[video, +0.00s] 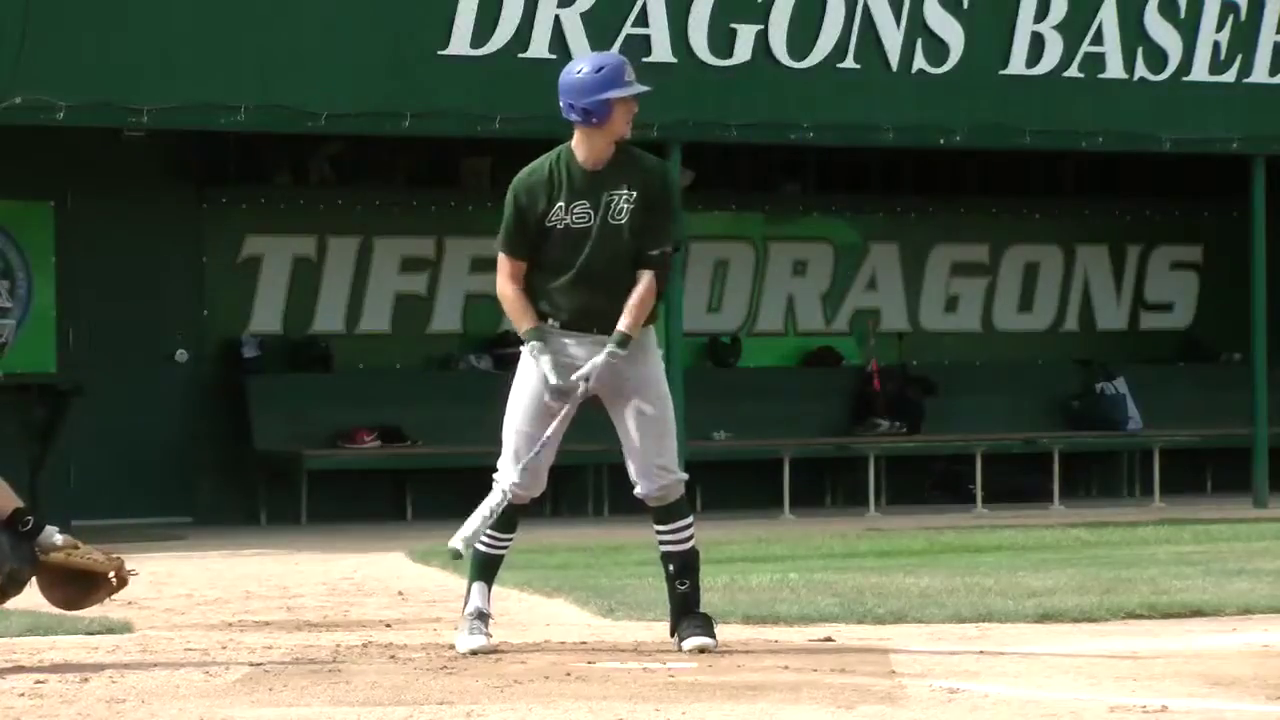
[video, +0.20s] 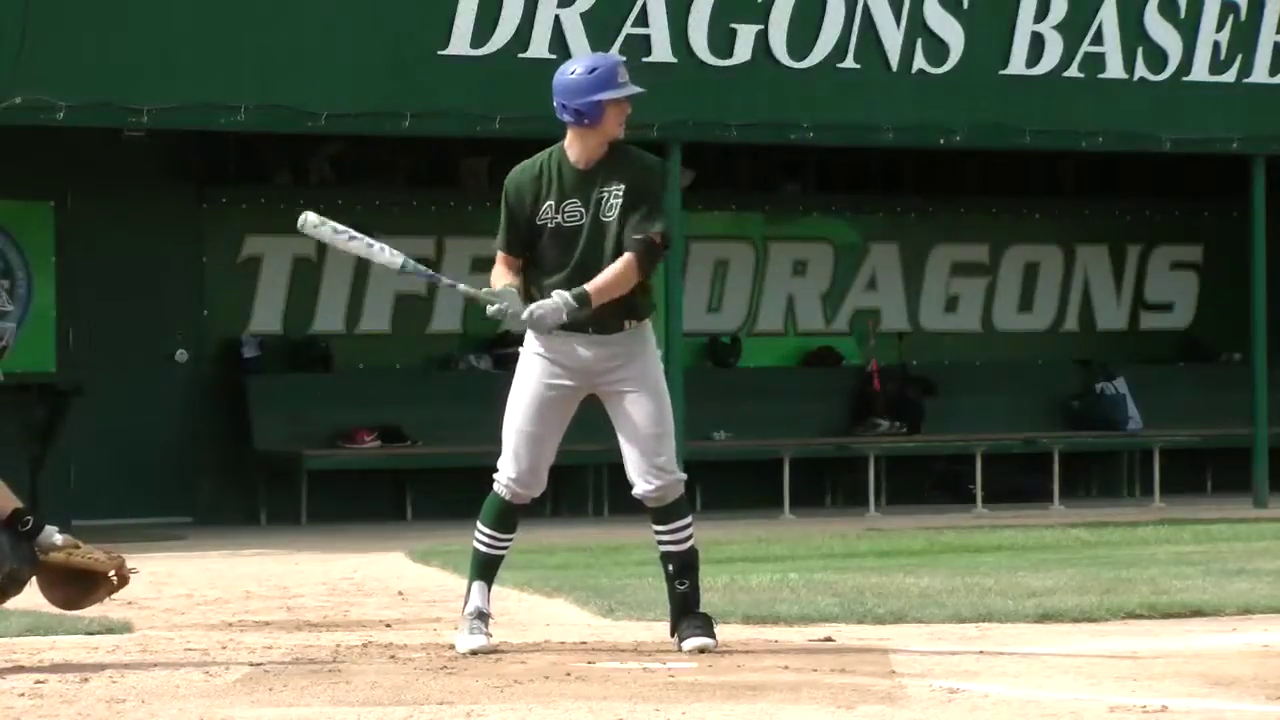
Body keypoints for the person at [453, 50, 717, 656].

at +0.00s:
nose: (634, 111)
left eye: (632, 101)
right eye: (623, 103)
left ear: (616, 108)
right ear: (590, 111)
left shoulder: (652, 179)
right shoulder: (532, 184)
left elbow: (651, 273)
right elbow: (507, 280)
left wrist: (617, 347)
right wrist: (538, 343)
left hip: (631, 343)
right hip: (551, 343)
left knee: (662, 481)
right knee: (516, 480)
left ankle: (688, 616)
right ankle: (476, 610)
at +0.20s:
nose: (627, 111)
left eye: (626, 102)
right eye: (617, 103)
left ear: (607, 110)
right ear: (583, 111)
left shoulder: (642, 174)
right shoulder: (525, 181)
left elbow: (640, 258)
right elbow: (507, 262)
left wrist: (574, 301)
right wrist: (508, 294)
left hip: (629, 348)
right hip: (549, 349)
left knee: (661, 479)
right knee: (516, 477)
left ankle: (688, 616)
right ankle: (476, 608)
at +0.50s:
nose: (592, 113)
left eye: (590, 104)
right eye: (582, 106)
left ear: (567, 112)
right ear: (547, 112)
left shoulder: (603, 170)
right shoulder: (489, 176)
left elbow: (593, 251)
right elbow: (434, 267)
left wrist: (513, 243)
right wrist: (451, 233)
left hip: (597, 346)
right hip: (519, 349)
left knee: (638, 477)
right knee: (498, 479)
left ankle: (688, 613)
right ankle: (473, 610)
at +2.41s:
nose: (623, 126)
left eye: (621, 117)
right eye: (614, 119)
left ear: (593, 122)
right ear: (582, 124)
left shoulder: (628, 179)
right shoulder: (521, 172)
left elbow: (616, 241)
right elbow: (432, 224)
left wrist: (550, 209)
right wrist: (488, 190)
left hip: (610, 358)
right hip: (533, 355)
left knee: (639, 495)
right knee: (525, 484)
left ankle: (687, 611)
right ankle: (477, 610)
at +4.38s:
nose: (621, 128)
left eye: (620, 119)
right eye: (611, 121)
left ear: (600, 124)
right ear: (578, 126)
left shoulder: (630, 178)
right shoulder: (523, 172)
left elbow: (617, 244)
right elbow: (440, 232)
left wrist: (554, 206)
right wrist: (496, 190)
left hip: (612, 358)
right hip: (535, 354)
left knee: (637, 497)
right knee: (523, 482)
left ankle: (687, 612)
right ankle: (477, 610)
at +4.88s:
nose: (621, 129)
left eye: (620, 120)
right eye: (611, 122)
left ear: (601, 124)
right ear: (577, 126)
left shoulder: (630, 179)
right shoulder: (523, 174)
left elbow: (616, 245)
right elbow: (442, 235)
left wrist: (554, 204)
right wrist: (497, 191)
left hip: (612, 359)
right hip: (535, 355)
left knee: (636, 498)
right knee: (523, 482)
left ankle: (686, 611)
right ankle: (477, 609)